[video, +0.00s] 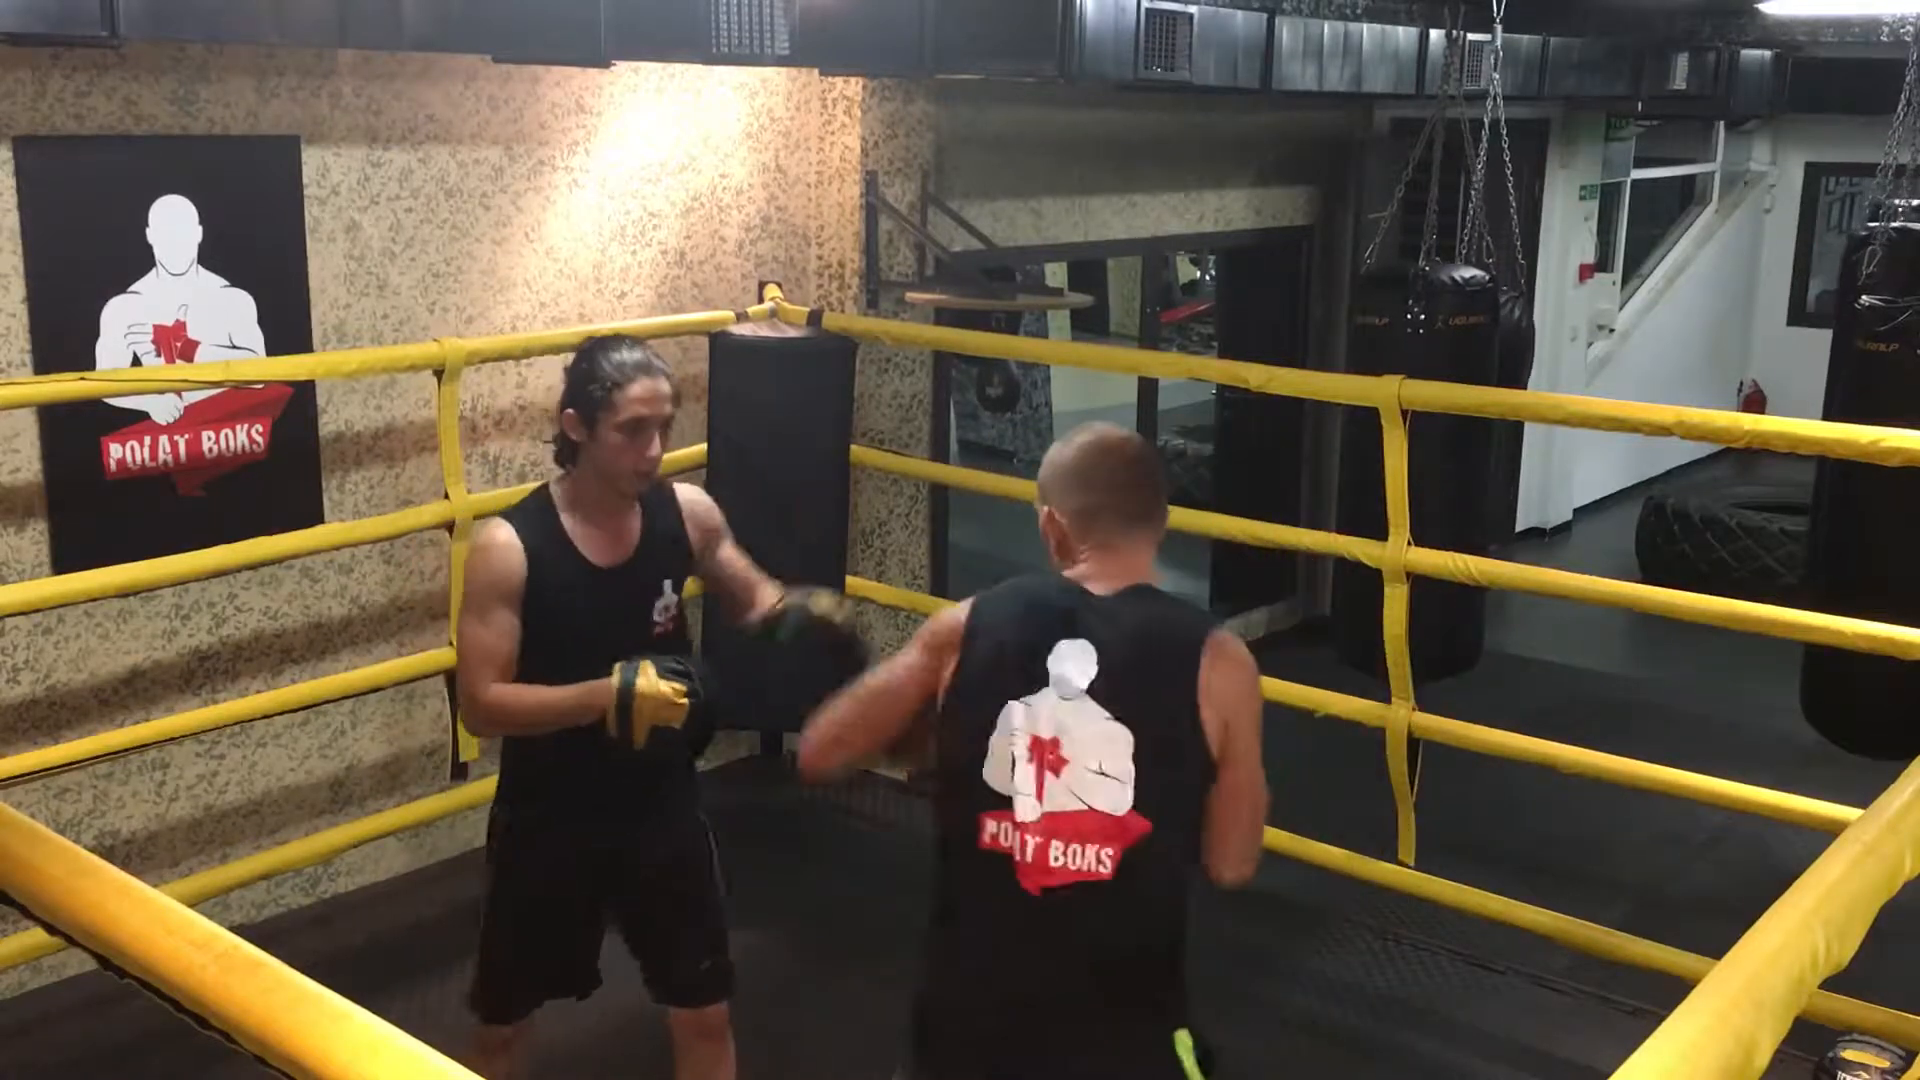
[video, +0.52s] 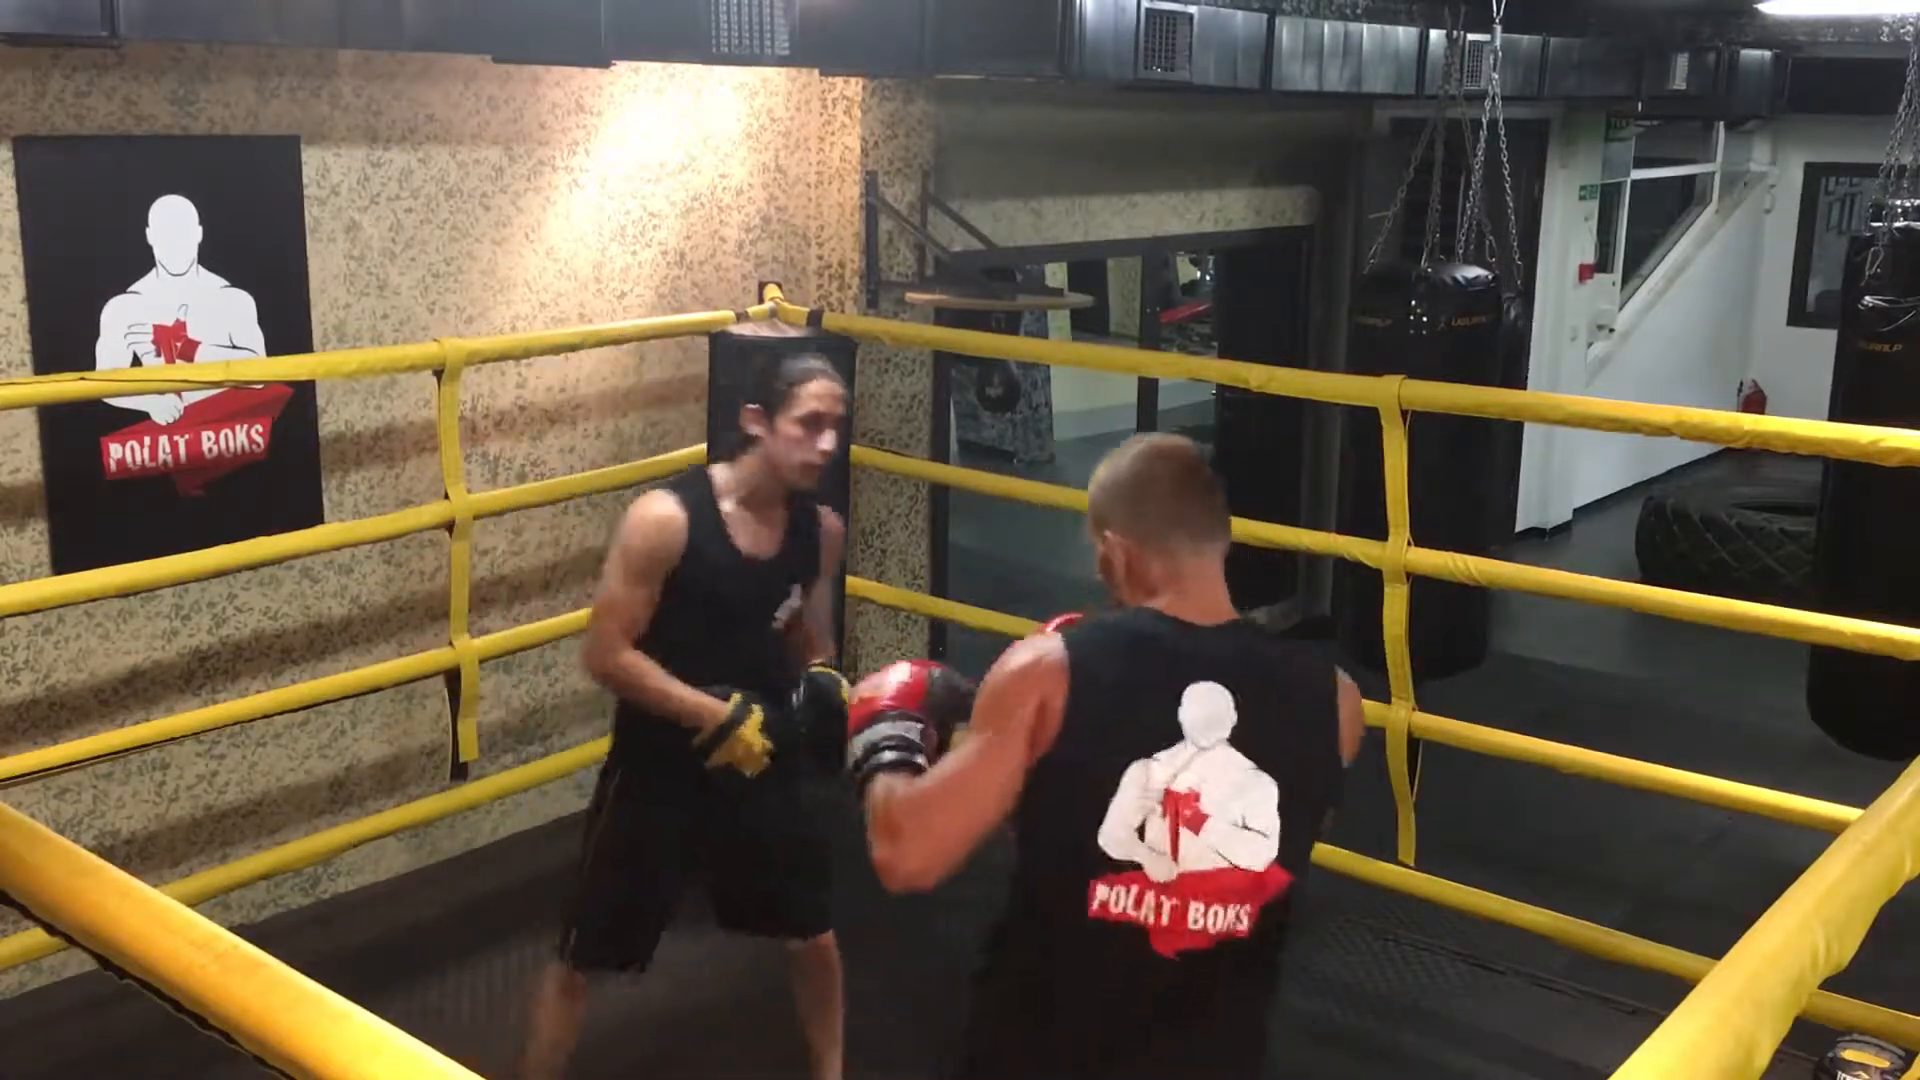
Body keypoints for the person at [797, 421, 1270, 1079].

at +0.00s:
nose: (1045, 533)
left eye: (1041, 520)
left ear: (1054, 529)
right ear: (1160, 521)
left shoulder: (965, 628)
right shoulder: (1220, 662)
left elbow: (818, 754)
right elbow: (1233, 863)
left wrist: (932, 728)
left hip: (973, 1017)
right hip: (1126, 1027)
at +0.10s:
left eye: (1045, 522)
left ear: (1055, 530)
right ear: (1164, 523)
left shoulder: (971, 642)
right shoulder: (1234, 664)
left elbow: (862, 827)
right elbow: (1249, 848)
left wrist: (960, 772)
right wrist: (1171, 766)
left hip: (975, 1023)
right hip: (1131, 1031)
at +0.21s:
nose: (1064, 566)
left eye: (1064, 553)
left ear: (1081, 558)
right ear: (1186, 550)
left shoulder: (1005, 676)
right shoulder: (1279, 702)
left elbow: (867, 851)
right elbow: (1257, 839)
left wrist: (889, 742)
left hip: (1002, 1040)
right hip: (1166, 1048)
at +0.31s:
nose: (1100, 612)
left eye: (1100, 594)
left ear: (1122, 601)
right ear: (1230, 585)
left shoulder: (1052, 709)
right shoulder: (1324, 752)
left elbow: (900, 880)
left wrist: (900, 758)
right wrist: (1115, 682)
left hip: (1036, 1050)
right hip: (1200, 1057)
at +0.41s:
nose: (1118, 594)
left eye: (1117, 578)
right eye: (1116, 580)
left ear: (1134, 572)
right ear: (1242, 563)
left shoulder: (1067, 688)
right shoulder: (1336, 729)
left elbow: (935, 881)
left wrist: (918, 757)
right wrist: (1125, 676)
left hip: (1047, 1045)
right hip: (1217, 1055)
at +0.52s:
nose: (1101, 570)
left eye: (1098, 551)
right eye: (1097, 552)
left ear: (1117, 551)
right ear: (1223, 539)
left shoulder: (1049, 672)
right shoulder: (1330, 699)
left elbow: (907, 855)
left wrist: (887, 730)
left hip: (1049, 1038)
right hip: (1220, 1050)